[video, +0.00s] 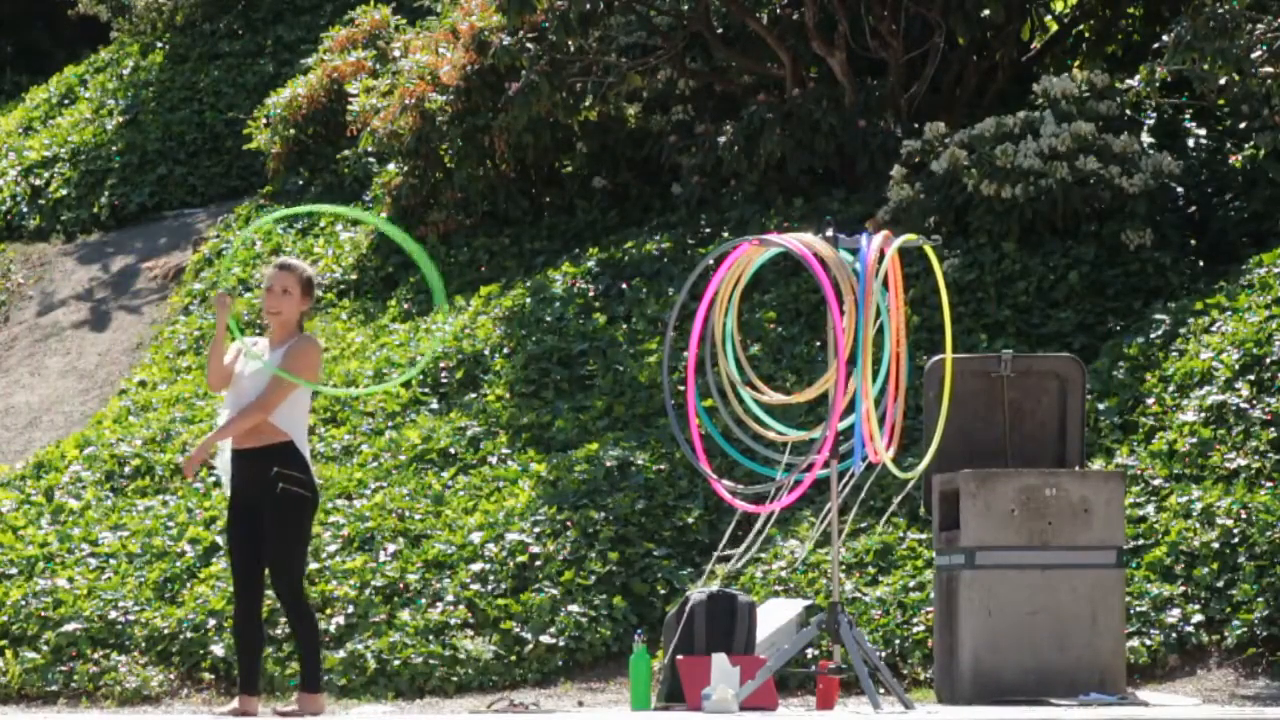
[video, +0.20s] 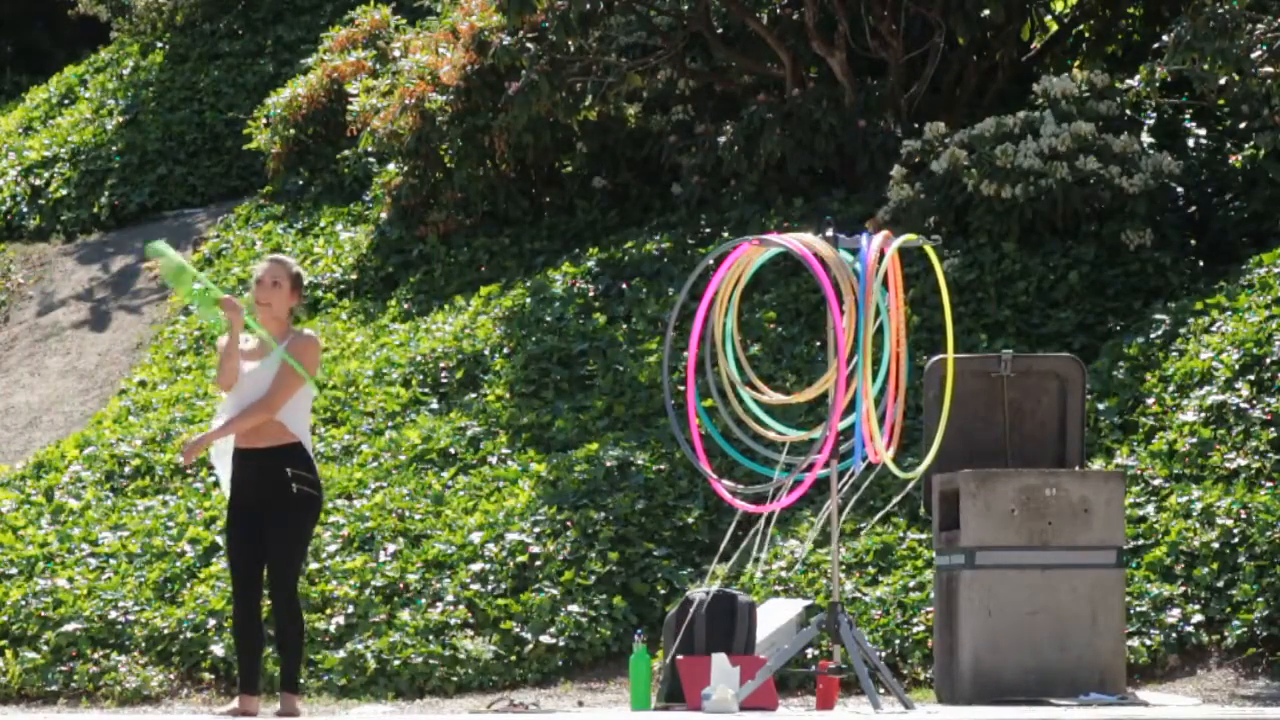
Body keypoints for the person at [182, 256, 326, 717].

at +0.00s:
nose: (273, 297)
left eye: (285, 292)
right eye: (269, 289)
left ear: (305, 302)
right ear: (262, 295)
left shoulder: (304, 349)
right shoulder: (246, 345)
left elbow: (264, 409)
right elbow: (215, 380)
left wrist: (207, 443)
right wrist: (221, 323)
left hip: (286, 474)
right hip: (245, 475)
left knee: (288, 586)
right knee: (246, 589)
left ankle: (311, 694)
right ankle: (248, 697)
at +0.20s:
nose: (264, 290)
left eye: (275, 284)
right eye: (260, 282)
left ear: (294, 296)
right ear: (251, 290)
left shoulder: (304, 343)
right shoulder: (239, 343)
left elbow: (272, 406)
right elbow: (225, 380)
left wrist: (209, 436)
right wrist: (234, 326)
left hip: (291, 473)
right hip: (246, 473)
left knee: (283, 588)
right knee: (244, 589)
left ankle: (289, 696)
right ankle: (248, 696)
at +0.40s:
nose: (261, 282)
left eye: (272, 277)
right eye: (256, 277)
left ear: (291, 292)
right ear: (248, 291)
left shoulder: (310, 337)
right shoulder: (232, 341)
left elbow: (286, 404)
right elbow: (248, 367)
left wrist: (221, 420)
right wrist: (287, 337)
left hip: (294, 468)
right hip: (246, 468)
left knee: (282, 585)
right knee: (241, 585)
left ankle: (283, 695)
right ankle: (247, 694)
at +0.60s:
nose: (258, 287)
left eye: (269, 281)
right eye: (253, 280)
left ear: (291, 293)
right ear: (246, 291)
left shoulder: (318, 343)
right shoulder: (236, 342)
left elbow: (302, 406)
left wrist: (232, 413)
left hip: (302, 467)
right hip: (253, 464)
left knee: (288, 584)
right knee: (226, 572)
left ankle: (285, 694)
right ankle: (237, 668)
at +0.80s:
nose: (266, 286)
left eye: (277, 280)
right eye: (262, 280)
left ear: (299, 292)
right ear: (253, 292)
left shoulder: (324, 345)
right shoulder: (244, 342)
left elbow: (313, 410)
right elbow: (263, 375)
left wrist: (276, 431)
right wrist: (323, 343)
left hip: (303, 456)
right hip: (253, 456)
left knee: (290, 579)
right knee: (247, 539)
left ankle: (284, 694)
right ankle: (232, 608)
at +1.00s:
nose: (273, 288)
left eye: (284, 281)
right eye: (269, 281)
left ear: (305, 291)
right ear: (262, 289)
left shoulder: (329, 340)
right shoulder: (249, 336)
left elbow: (324, 407)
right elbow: (260, 379)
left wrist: (312, 456)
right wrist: (296, 336)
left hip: (303, 455)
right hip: (256, 449)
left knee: (289, 584)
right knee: (283, 504)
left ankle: (283, 693)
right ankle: (230, 544)